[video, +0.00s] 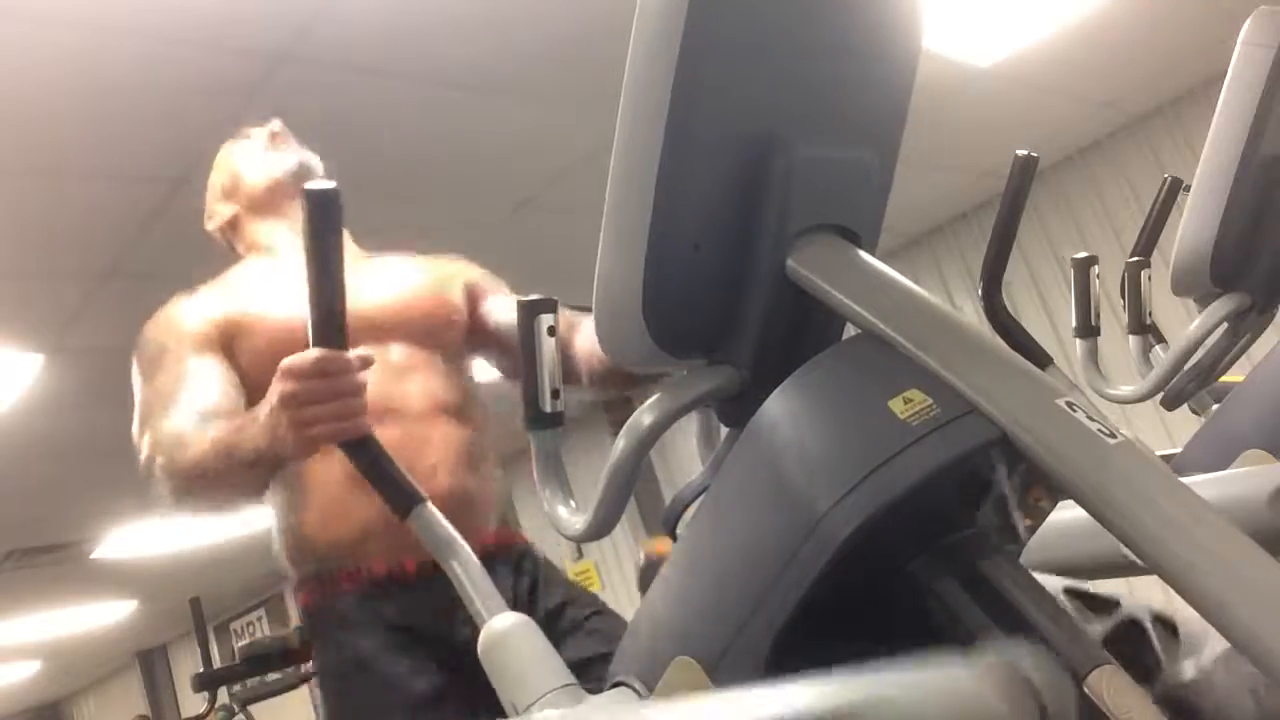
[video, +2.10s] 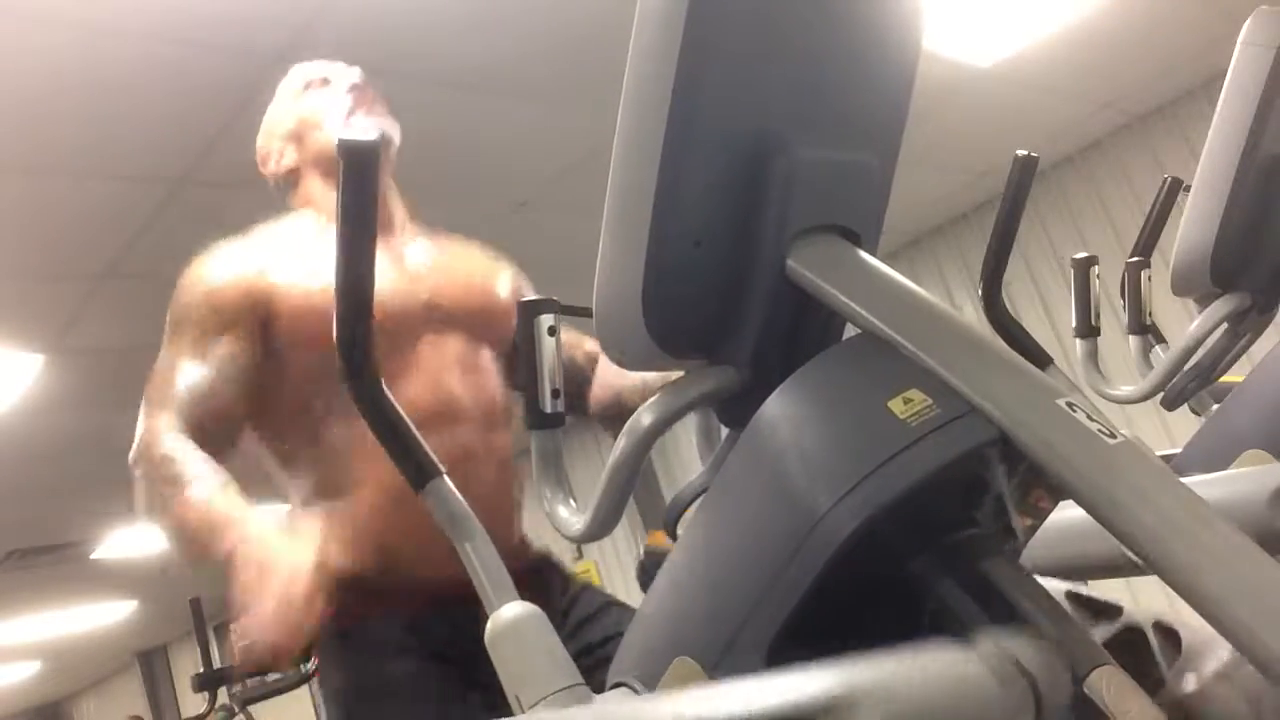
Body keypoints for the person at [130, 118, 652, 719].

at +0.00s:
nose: (283, 131)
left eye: (292, 133)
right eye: (257, 138)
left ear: (323, 174)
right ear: (222, 209)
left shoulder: (438, 274)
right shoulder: (194, 318)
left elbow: (559, 339)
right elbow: (181, 462)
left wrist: (650, 343)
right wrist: (268, 430)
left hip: (509, 577)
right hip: (367, 615)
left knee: (667, 693)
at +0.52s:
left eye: (388, 184)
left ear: (406, 192)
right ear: (308, 217)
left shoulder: (479, 300)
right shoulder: (278, 309)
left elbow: (593, 385)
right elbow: (260, 419)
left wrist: (648, 406)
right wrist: (325, 367)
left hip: (556, 589)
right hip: (426, 620)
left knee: (654, 705)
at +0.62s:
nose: (383, 174)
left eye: (388, 171)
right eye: (358, 175)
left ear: (421, 207)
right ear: (325, 241)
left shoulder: (517, 333)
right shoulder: (293, 344)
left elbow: (638, 447)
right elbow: (283, 481)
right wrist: (341, 385)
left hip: (576, 623)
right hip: (441, 653)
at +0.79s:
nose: (328, 81)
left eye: (338, 80)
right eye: (294, 84)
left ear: (368, 125)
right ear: (259, 157)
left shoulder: (494, 243)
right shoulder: (234, 276)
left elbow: (619, 354)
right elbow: (214, 445)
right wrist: (295, 412)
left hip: (543, 555)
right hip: (405, 584)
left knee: (659, 706)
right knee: (466, 716)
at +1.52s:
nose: (401, 159)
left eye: (406, 155)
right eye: (366, 160)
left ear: (428, 193)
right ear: (323, 225)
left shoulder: (518, 338)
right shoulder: (279, 346)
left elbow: (633, 430)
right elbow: (246, 485)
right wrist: (321, 406)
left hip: (537, 649)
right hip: (399, 665)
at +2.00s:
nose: (343, 135)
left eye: (350, 128)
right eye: (307, 133)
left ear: (382, 175)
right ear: (263, 202)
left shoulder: (463, 320)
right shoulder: (231, 338)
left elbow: (596, 394)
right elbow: (167, 527)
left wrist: (732, 380)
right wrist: (294, 449)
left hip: (523, 636)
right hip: (382, 677)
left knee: (719, 672)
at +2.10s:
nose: (353, 83)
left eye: (364, 82)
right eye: (317, 82)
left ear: (391, 130)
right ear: (274, 154)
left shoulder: (477, 268)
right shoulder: (239, 276)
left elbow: (594, 380)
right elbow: (164, 450)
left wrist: (712, 378)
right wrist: (254, 544)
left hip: (525, 590)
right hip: (380, 622)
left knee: (697, 689)